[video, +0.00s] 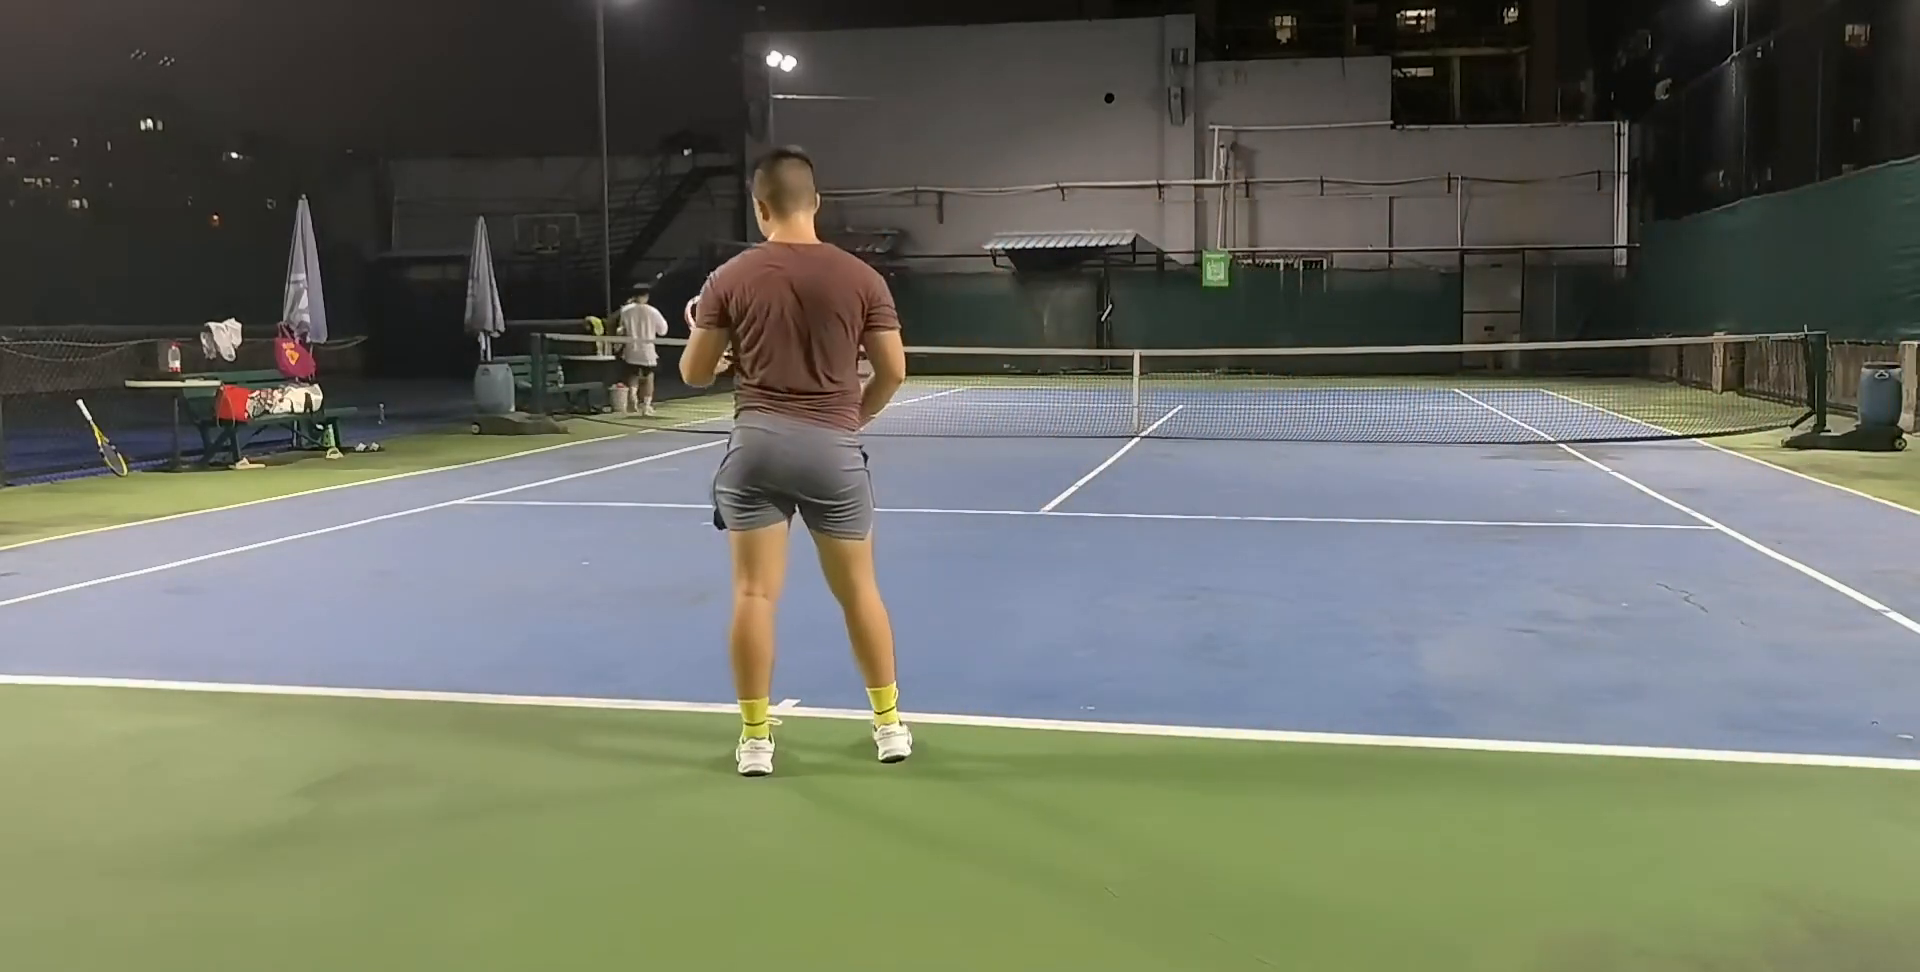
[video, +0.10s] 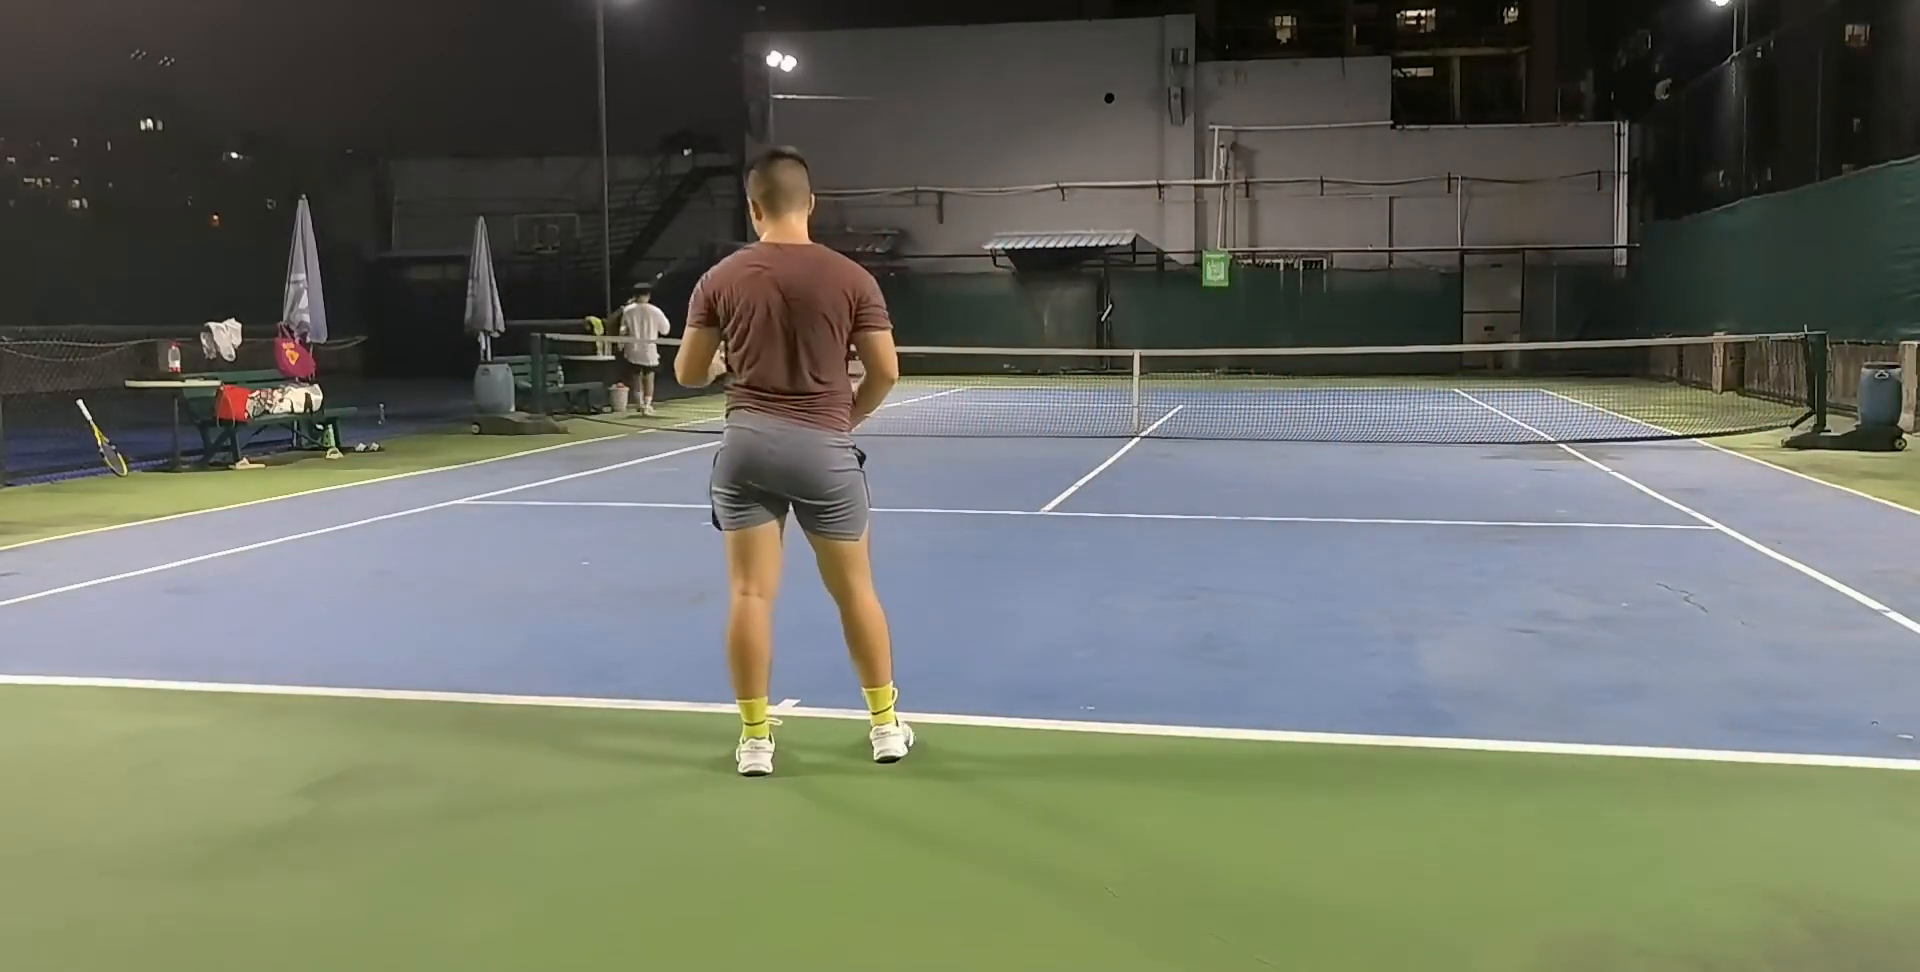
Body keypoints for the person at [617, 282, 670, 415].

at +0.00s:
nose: (645, 298)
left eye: (644, 296)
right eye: (646, 296)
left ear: (634, 296)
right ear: (646, 297)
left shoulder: (625, 310)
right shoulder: (652, 311)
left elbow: (623, 327)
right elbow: (663, 330)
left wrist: (628, 305)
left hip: (631, 349)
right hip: (648, 349)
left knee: (632, 374)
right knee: (648, 377)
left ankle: (632, 393)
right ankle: (647, 405)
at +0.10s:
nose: (644, 298)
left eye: (642, 296)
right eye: (646, 296)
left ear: (635, 296)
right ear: (648, 296)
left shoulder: (627, 311)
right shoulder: (655, 311)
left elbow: (623, 330)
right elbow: (665, 330)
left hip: (632, 349)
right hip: (650, 349)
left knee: (636, 374)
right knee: (649, 376)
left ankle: (639, 402)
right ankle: (647, 404)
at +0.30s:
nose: (643, 300)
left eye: (641, 298)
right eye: (644, 297)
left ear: (635, 298)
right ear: (647, 298)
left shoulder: (628, 314)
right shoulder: (655, 312)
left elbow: (625, 333)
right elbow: (666, 330)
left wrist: (626, 347)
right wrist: (654, 324)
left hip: (636, 351)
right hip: (653, 350)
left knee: (642, 376)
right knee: (653, 375)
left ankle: (644, 401)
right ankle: (649, 402)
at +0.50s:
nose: (641, 299)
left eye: (639, 297)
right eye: (643, 296)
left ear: (635, 297)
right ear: (647, 297)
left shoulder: (629, 313)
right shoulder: (656, 310)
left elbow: (626, 332)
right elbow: (666, 329)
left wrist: (628, 348)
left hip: (637, 350)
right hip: (655, 349)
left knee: (641, 374)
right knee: (658, 369)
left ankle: (644, 401)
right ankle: (657, 392)